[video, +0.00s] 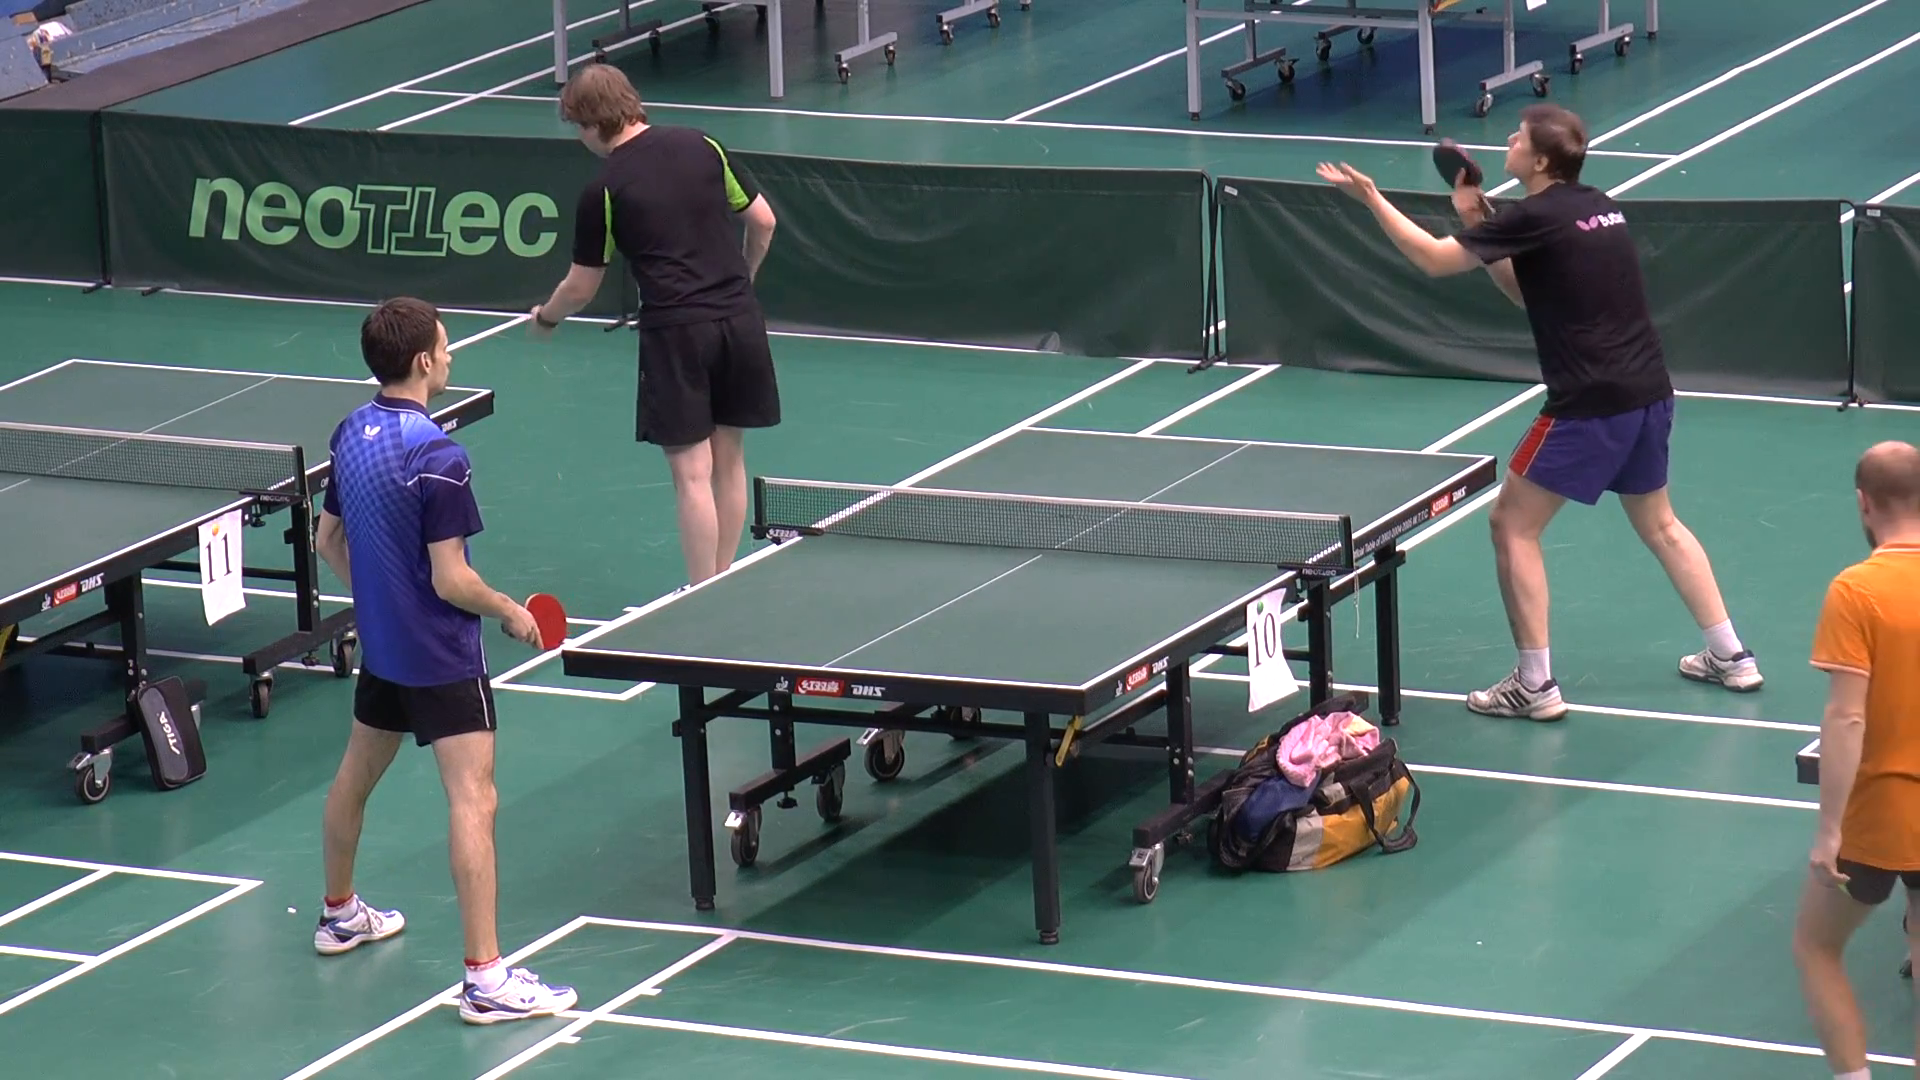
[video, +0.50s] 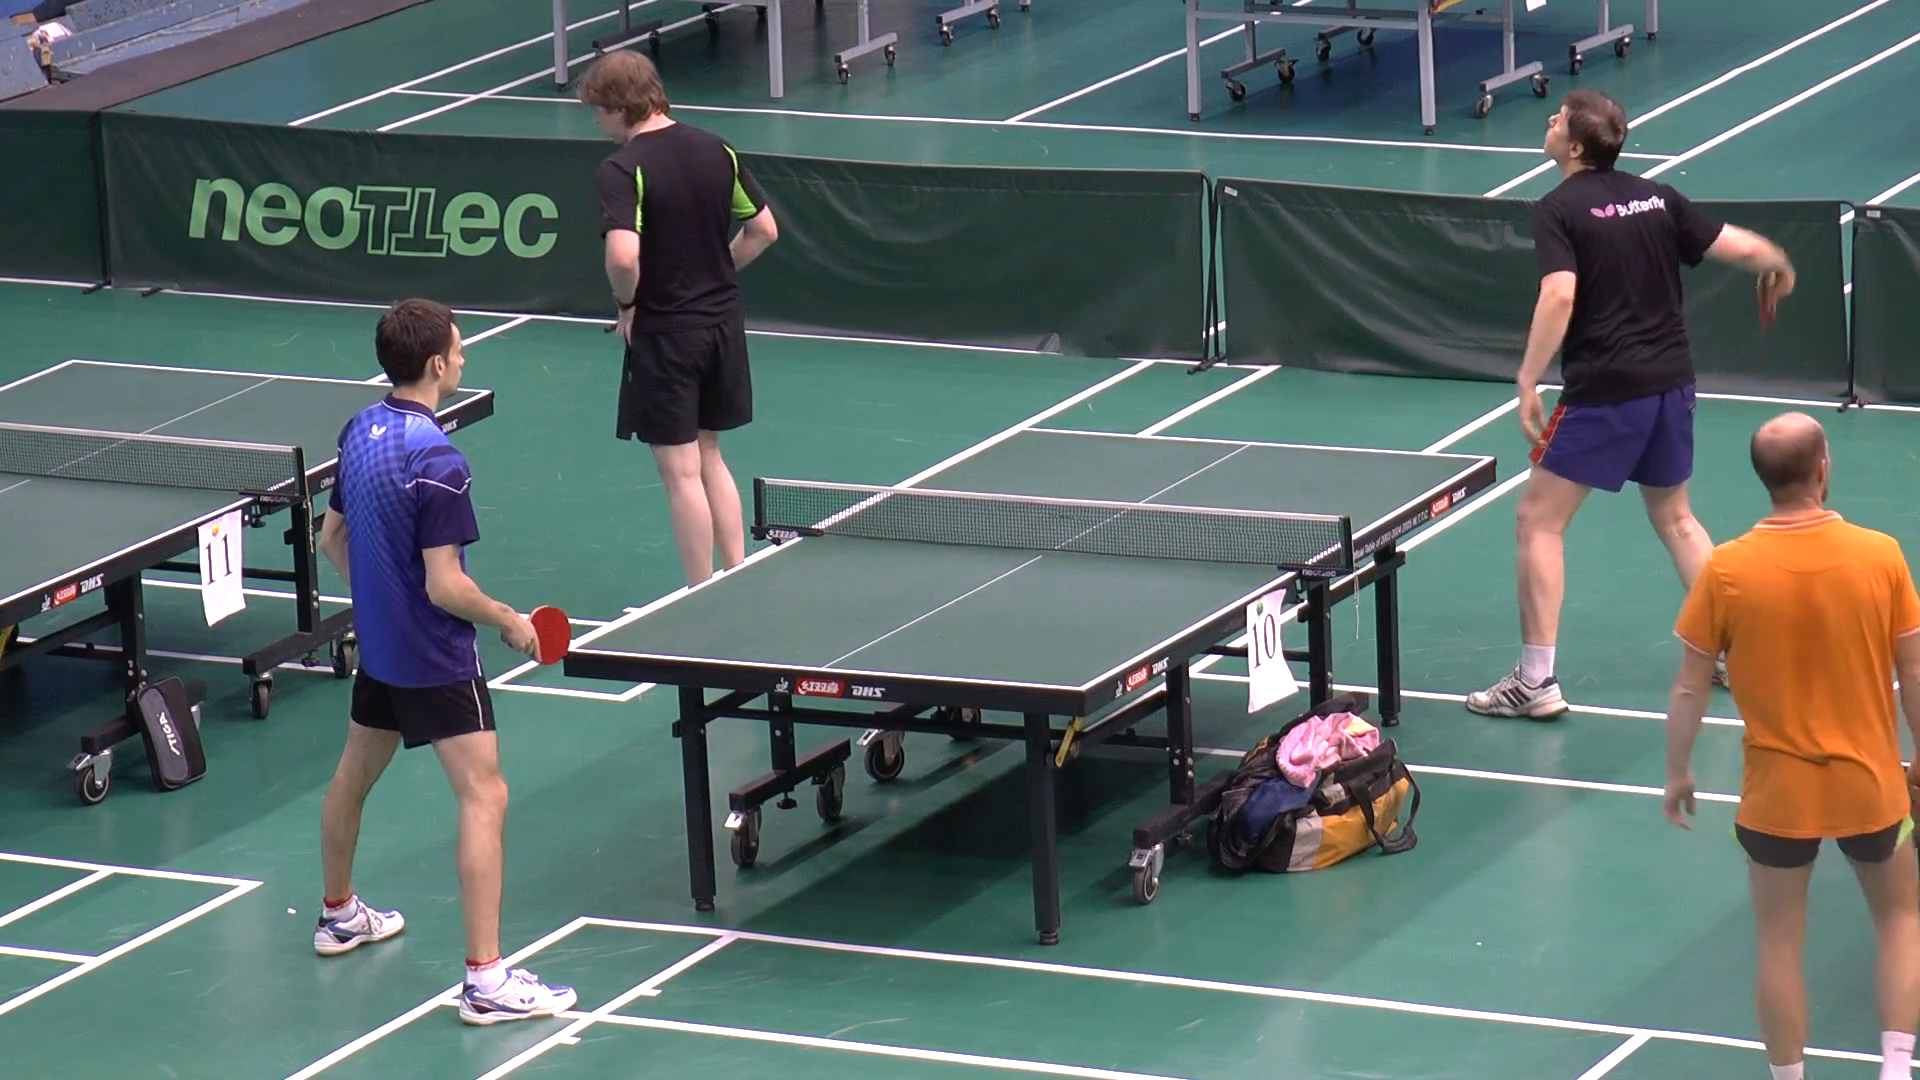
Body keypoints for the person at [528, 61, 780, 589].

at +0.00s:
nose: (581, 138)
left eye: (579, 127)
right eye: (576, 129)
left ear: (595, 121)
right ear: (633, 104)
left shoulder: (606, 186)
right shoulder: (700, 146)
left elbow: (580, 286)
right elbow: (763, 219)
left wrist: (547, 315)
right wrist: (741, 276)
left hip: (677, 333)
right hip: (740, 322)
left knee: (693, 478)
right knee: (729, 464)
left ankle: (704, 603)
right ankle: (722, 589)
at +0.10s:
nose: (581, 135)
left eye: (580, 124)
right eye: (577, 124)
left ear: (598, 119)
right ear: (635, 104)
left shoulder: (608, 183)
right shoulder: (704, 145)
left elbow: (582, 293)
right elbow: (766, 217)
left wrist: (570, 292)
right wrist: (733, 267)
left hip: (673, 337)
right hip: (737, 326)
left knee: (691, 477)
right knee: (726, 464)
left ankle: (704, 604)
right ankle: (719, 588)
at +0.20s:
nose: (584, 130)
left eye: (584, 119)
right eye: (581, 120)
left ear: (602, 114)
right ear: (640, 100)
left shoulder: (610, 175)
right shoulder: (706, 147)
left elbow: (583, 282)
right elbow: (770, 218)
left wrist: (607, 302)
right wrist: (732, 266)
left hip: (669, 339)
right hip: (733, 329)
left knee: (689, 477)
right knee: (719, 461)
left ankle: (705, 603)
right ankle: (717, 584)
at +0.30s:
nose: (588, 126)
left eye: (588, 115)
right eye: (585, 116)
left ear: (608, 110)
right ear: (645, 98)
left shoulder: (613, 174)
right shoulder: (709, 147)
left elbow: (588, 271)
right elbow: (770, 222)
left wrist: (611, 303)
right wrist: (730, 269)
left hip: (669, 340)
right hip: (729, 330)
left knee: (688, 477)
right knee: (713, 458)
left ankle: (706, 603)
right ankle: (722, 585)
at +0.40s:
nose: (592, 123)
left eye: (593, 112)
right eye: (589, 113)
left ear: (613, 107)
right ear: (649, 95)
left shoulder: (617, 170)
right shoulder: (711, 147)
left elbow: (604, 260)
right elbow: (766, 227)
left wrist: (622, 301)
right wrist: (722, 271)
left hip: (667, 339)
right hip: (726, 329)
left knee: (686, 477)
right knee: (709, 456)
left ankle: (706, 601)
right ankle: (737, 577)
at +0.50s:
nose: (598, 122)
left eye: (599, 111)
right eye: (595, 112)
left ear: (619, 106)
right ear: (654, 93)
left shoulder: (623, 167)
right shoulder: (713, 147)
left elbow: (624, 258)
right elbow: (763, 229)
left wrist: (626, 304)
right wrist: (717, 268)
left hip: (667, 339)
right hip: (724, 329)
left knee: (683, 476)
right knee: (710, 459)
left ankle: (704, 599)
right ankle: (740, 579)